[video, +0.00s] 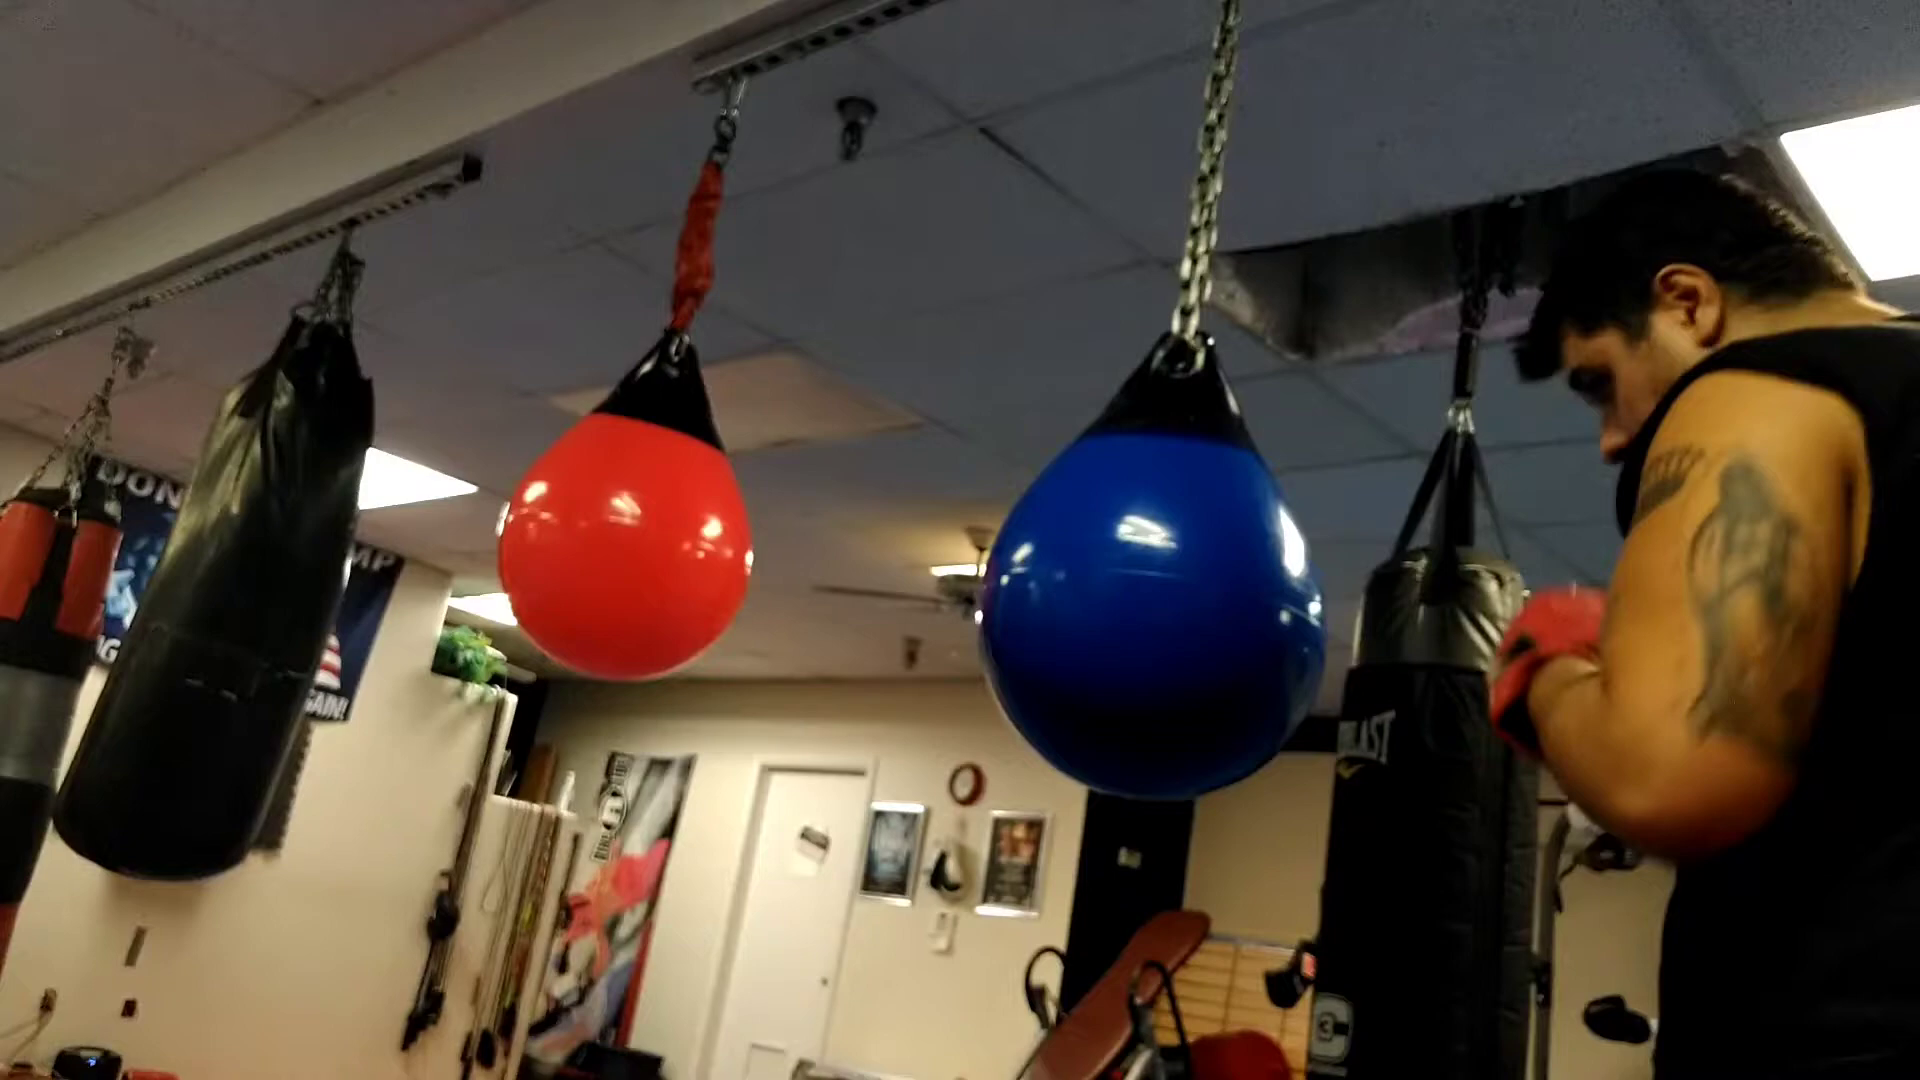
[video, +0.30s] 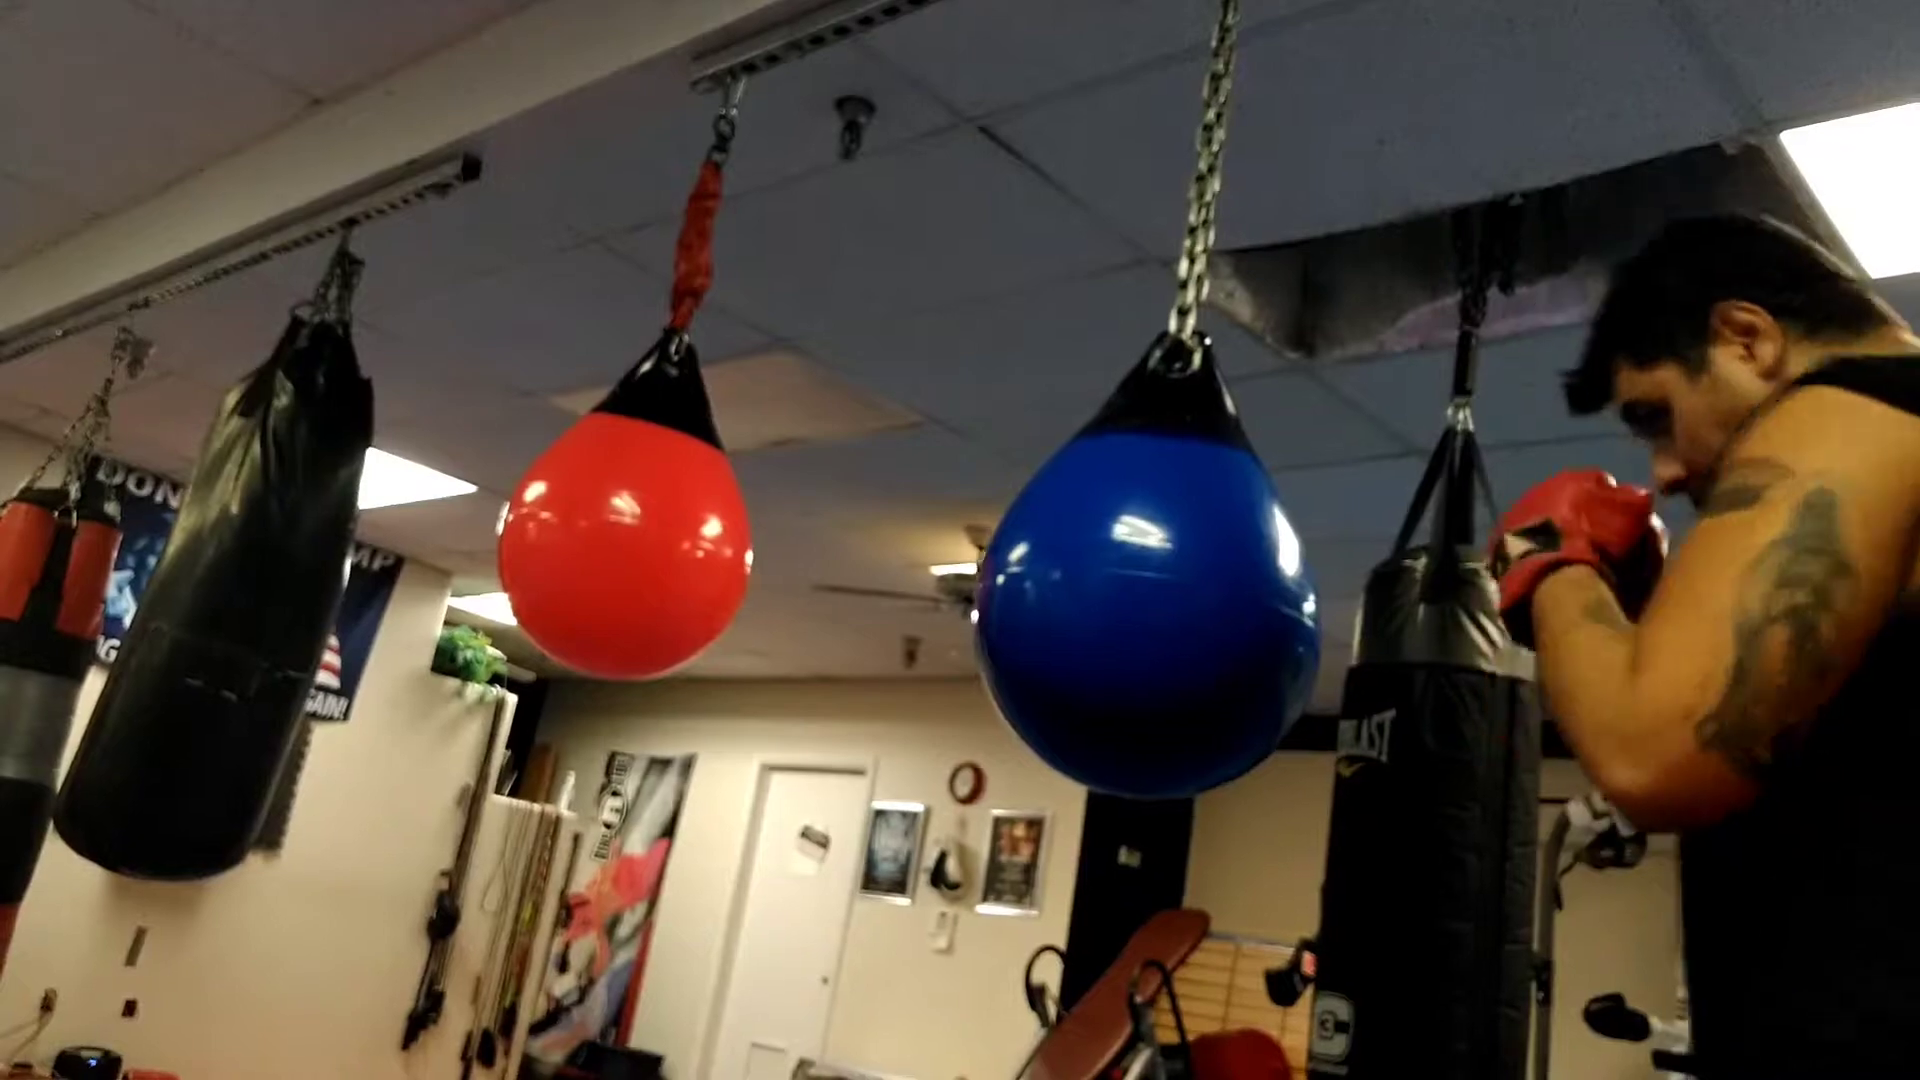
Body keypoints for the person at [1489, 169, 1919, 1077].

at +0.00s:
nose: (1610, 437)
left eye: (1601, 382)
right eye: (1594, 399)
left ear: (1688, 301)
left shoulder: (1761, 393)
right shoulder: (1888, 361)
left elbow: (1682, 778)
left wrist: (1551, 677)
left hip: (1821, 1020)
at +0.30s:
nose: (1665, 471)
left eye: (1656, 416)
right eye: (1646, 434)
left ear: (1748, 339)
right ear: (1751, 340)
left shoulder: (1843, 421)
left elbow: (1656, 751)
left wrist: (1554, 570)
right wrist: (1652, 591)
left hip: (1853, 1024)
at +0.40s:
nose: (1693, 516)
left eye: (1695, 461)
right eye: (1679, 478)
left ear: (1801, 391)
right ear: (1804, 394)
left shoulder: (1896, 476)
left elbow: (1748, 768)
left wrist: (1615, 618)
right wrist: (1606, 690)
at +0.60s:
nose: (1635, 512)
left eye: (1644, 474)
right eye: (1627, 487)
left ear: (1751, 411)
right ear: (1761, 413)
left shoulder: (1832, 463)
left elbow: (1486, 575)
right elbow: (1879, 835)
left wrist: (1297, 556)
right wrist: (1684, 753)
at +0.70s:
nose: (1613, 510)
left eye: (1619, 468)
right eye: (1602, 479)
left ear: (1724, 407)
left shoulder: (1811, 456)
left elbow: (1479, 601)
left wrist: (1360, 583)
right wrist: (1668, 751)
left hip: (1878, 1039)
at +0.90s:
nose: (1537, 497)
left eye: (1524, 450)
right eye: (1516, 465)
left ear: (1598, 386)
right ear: (1602, 390)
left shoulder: (1854, 488)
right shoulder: (1739, 488)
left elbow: (1827, 853)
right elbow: (1499, 566)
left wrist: (1556, 679)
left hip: (1862, 1062)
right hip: (1758, 1046)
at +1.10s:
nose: (1562, 444)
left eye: (1573, 385)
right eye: (1553, 402)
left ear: (1699, 331)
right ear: (1700, 338)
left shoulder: (1901, 480)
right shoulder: (1706, 509)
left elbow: (1892, 833)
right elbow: (1516, 610)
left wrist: (1608, 643)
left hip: (1887, 1061)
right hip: (1740, 1041)